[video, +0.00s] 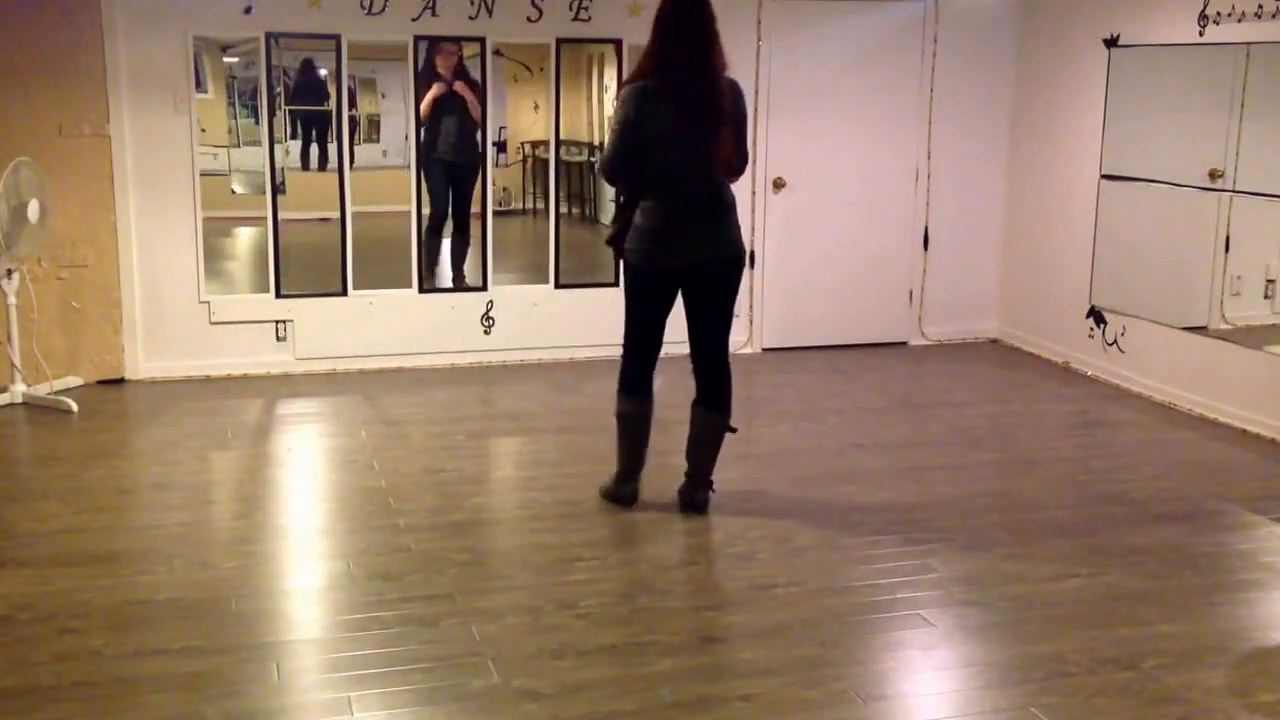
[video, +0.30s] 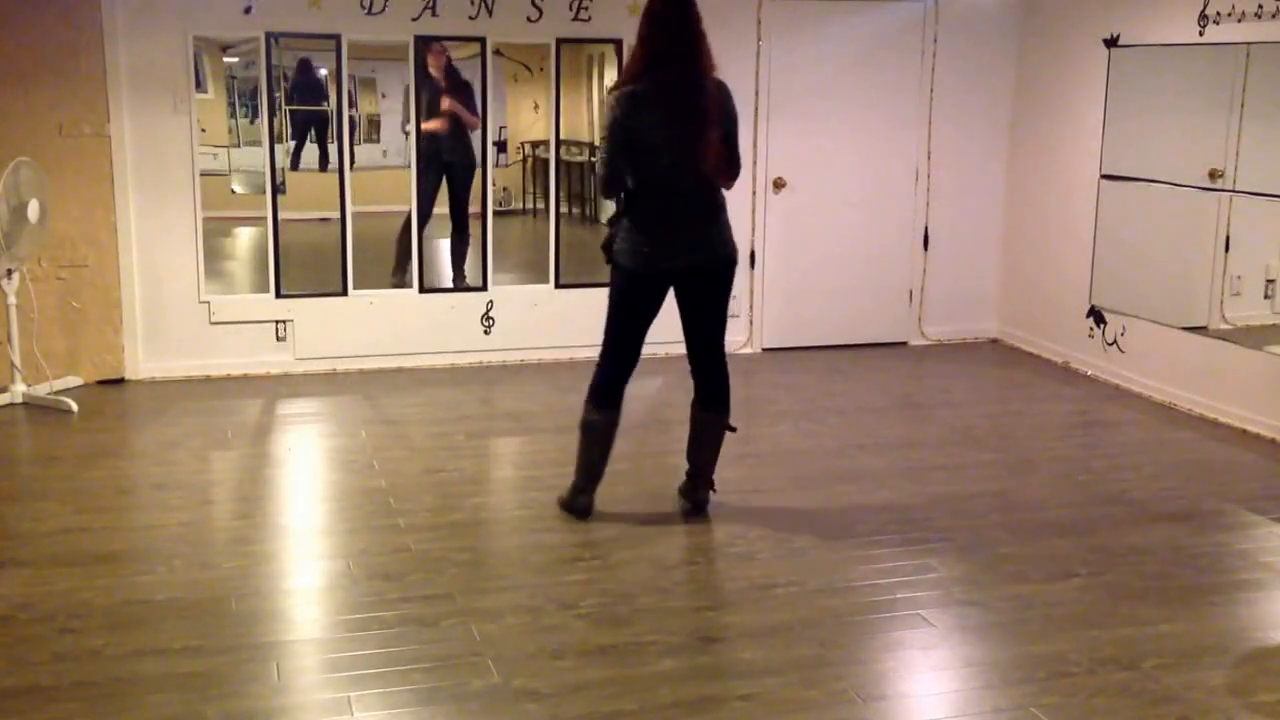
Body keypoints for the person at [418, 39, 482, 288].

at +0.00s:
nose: (450, 57)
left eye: (454, 52)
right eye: (445, 52)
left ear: (459, 56)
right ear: (434, 54)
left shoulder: (469, 83)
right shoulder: (425, 81)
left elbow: (480, 119)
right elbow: (419, 119)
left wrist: (468, 96)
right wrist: (431, 95)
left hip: (466, 156)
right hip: (435, 156)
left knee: (462, 216)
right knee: (440, 212)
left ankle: (458, 272)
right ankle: (429, 270)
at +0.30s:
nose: (441, 55)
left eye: (443, 51)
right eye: (436, 51)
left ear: (448, 55)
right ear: (425, 56)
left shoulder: (462, 86)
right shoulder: (418, 85)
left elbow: (476, 124)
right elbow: (407, 125)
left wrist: (457, 108)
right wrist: (430, 125)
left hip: (460, 156)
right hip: (430, 157)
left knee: (459, 215)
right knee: (420, 212)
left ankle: (459, 274)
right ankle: (399, 271)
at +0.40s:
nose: (435, 55)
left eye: (437, 50)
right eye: (429, 51)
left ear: (442, 54)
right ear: (420, 55)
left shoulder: (458, 85)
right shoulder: (412, 85)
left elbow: (472, 124)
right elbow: (403, 126)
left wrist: (454, 119)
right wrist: (422, 135)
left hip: (455, 155)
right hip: (425, 157)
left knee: (457, 214)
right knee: (415, 213)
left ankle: (458, 273)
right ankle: (399, 271)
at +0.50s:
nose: (428, 55)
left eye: (431, 50)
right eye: (422, 51)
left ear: (435, 54)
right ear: (414, 55)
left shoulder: (450, 85)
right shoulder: (404, 85)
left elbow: (462, 121)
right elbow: (395, 125)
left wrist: (455, 138)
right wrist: (407, 149)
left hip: (446, 156)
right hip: (415, 157)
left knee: (451, 214)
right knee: (409, 215)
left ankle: (459, 276)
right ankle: (398, 274)